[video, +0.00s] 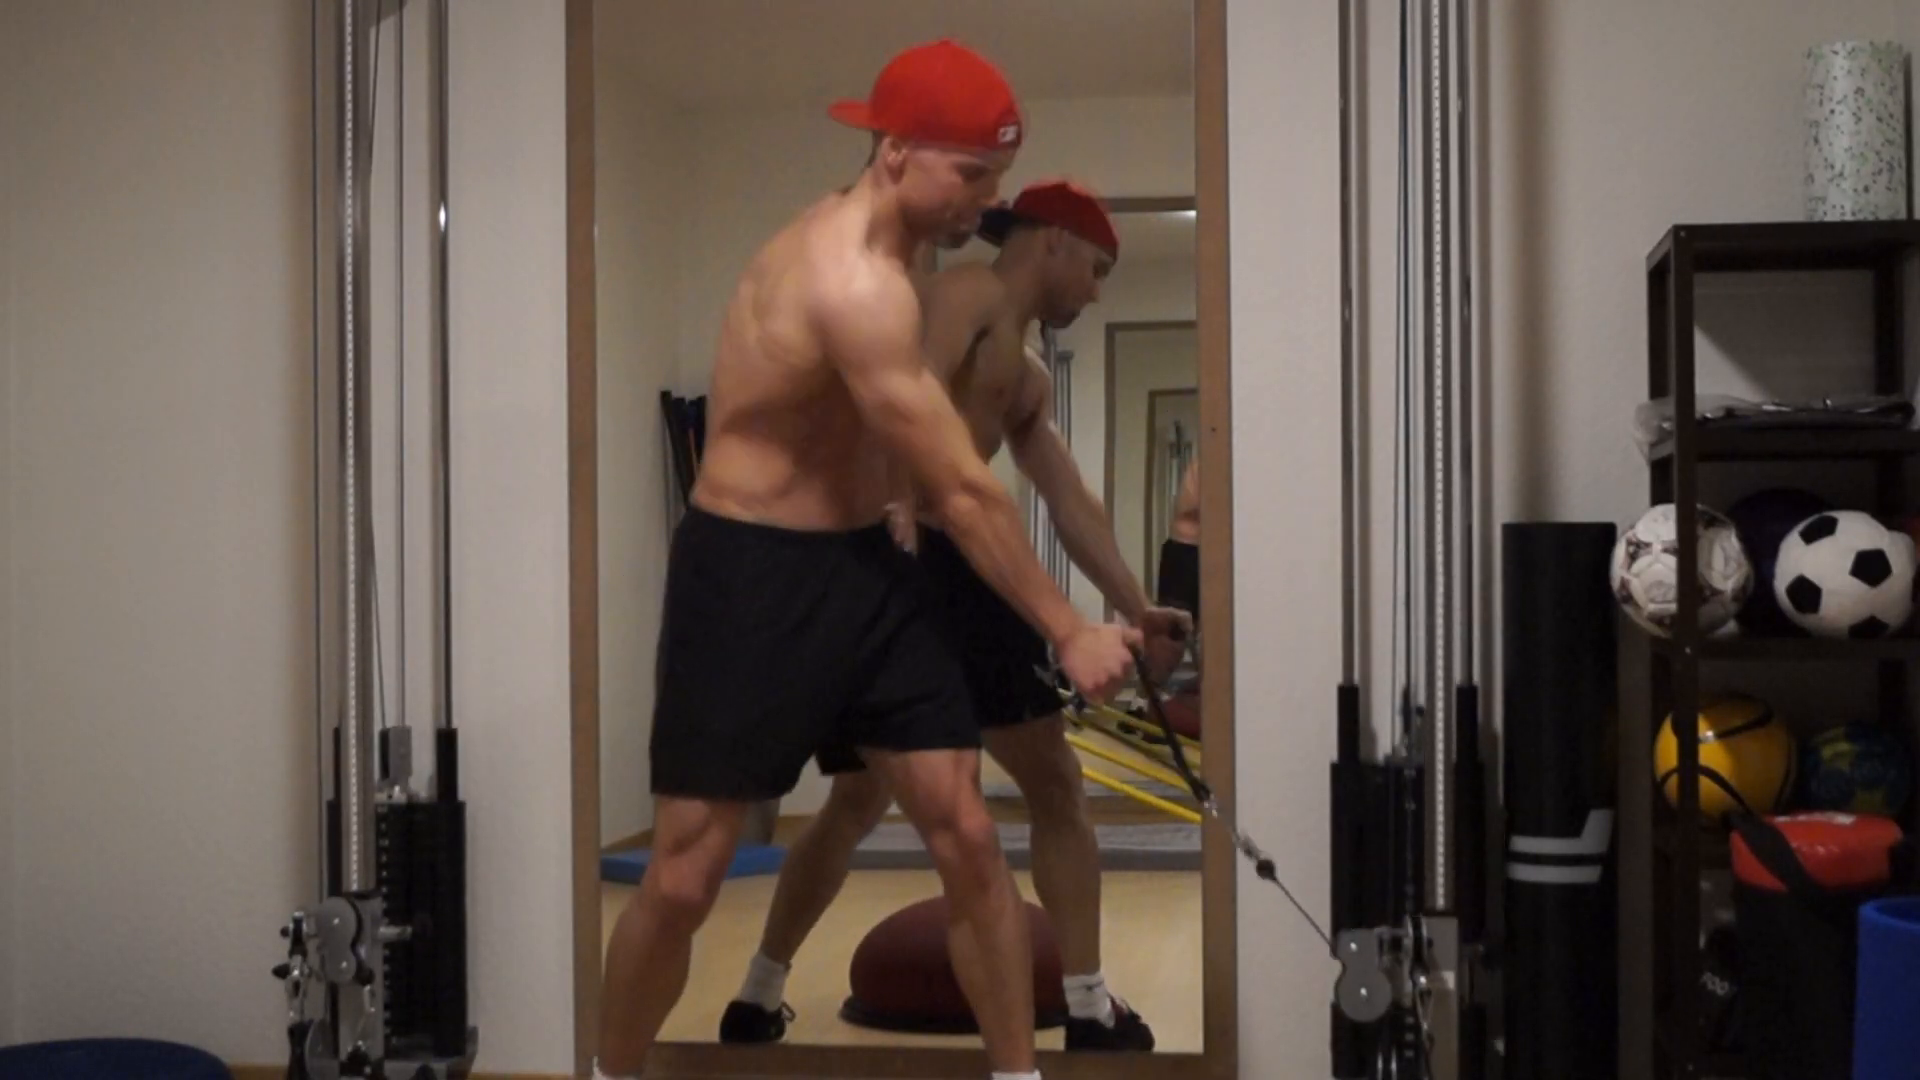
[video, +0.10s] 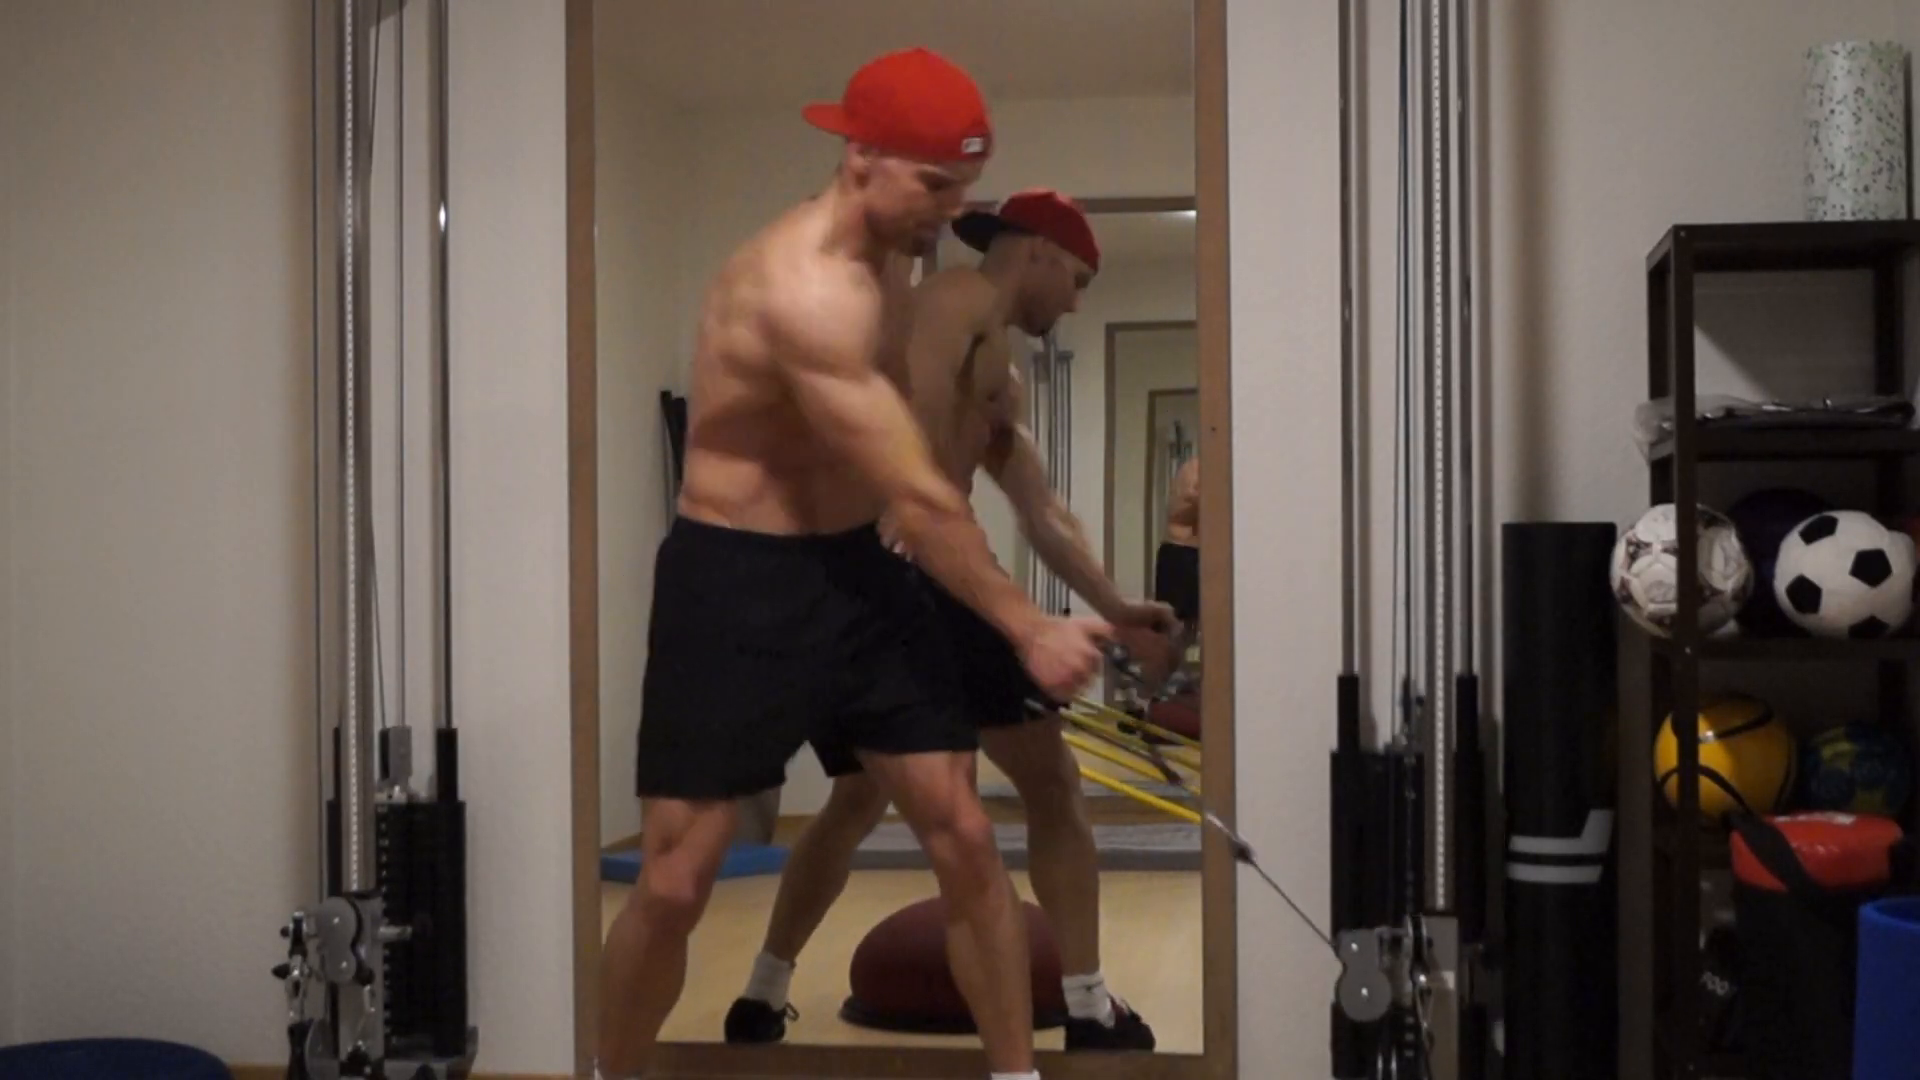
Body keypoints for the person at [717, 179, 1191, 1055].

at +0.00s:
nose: (1097, 291)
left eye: (1103, 275)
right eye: (1096, 270)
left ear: (1055, 254)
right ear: (1052, 247)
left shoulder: (1024, 375)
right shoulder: (971, 289)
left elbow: (1069, 498)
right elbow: (906, 403)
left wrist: (1136, 609)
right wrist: (902, 511)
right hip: (937, 567)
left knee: (857, 799)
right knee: (1056, 787)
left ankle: (760, 991)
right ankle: (1088, 1006)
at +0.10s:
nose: (1075, 299)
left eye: (1081, 283)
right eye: (1074, 279)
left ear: (1032, 263)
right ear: (1033, 258)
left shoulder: (994, 364)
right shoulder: (960, 300)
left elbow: (1042, 508)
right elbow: (913, 468)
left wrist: (1114, 606)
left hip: (891, 586)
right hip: (936, 586)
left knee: (858, 798)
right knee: (1051, 784)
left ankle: (764, 989)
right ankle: (1088, 1004)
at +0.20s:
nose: (1029, 298)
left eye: (1035, 283)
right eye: (1031, 278)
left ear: (970, 245)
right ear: (1004, 252)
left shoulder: (896, 294)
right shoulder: (969, 301)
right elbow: (955, 420)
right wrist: (988, 524)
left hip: (874, 554)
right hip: (953, 561)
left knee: (833, 792)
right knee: (1034, 779)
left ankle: (762, 993)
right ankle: (1083, 1000)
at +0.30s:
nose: (1011, 288)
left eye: (1012, 277)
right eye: (1011, 274)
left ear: (926, 235)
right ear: (993, 253)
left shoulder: (852, 284)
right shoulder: (987, 289)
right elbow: (1016, 374)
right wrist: (1008, 493)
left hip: (837, 544)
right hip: (945, 546)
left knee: (811, 782)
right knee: (1025, 781)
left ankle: (757, 991)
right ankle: (1082, 1000)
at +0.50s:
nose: (950, 278)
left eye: (934, 265)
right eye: (956, 266)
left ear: (865, 242)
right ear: (954, 260)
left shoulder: (811, 298)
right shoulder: (970, 312)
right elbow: (1052, 394)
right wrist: (997, 517)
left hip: (802, 569)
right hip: (921, 561)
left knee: (773, 797)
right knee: (1001, 791)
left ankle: (751, 995)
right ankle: (1078, 1000)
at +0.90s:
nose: (1033, 299)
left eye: (1040, 287)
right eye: (1038, 279)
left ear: (968, 236)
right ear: (1010, 246)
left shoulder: (887, 281)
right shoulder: (982, 281)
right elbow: (967, 415)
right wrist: (1005, 513)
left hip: (865, 537)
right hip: (954, 540)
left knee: (829, 792)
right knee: (1051, 780)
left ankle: (758, 996)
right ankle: (1083, 1005)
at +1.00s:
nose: (1077, 302)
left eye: (1086, 288)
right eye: (1082, 280)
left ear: (1044, 252)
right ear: (1044, 245)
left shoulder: (998, 331)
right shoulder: (972, 282)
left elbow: (972, 489)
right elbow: (887, 383)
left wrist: (1066, 565)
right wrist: (938, 503)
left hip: (940, 572)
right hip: (930, 572)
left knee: (841, 798)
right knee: (1060, 787)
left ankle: (761, 993)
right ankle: (1085, 1005)